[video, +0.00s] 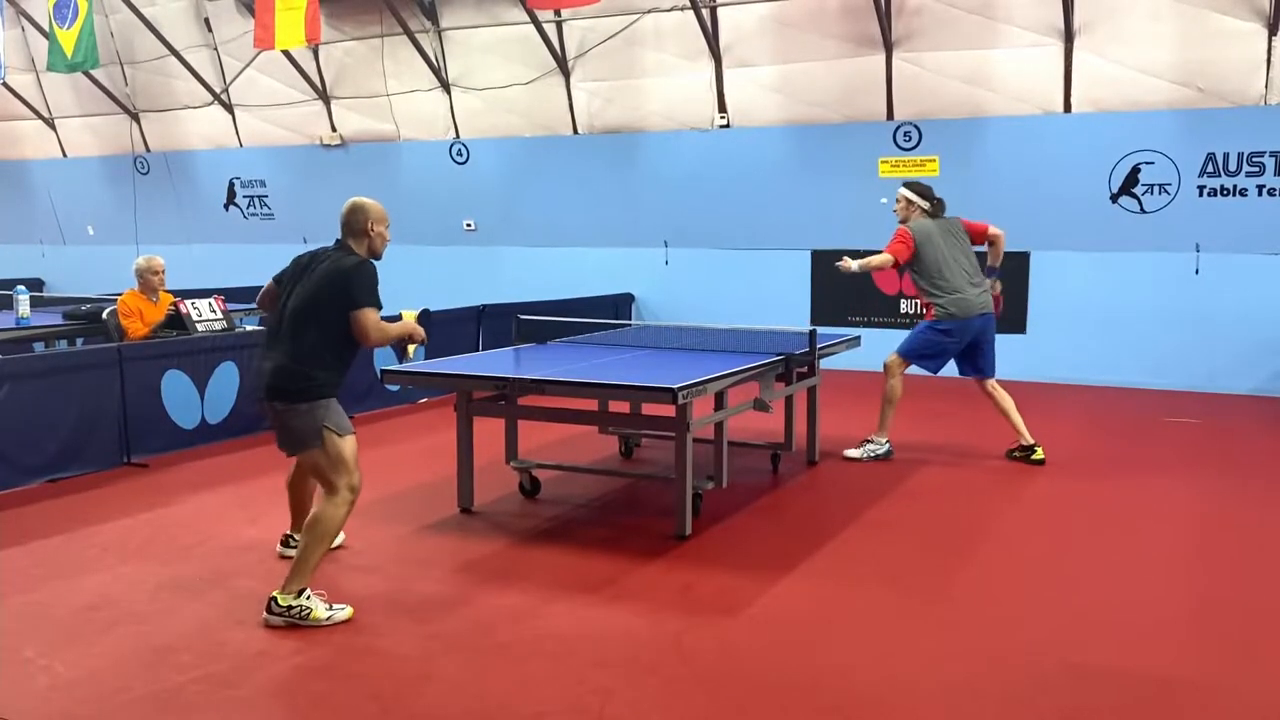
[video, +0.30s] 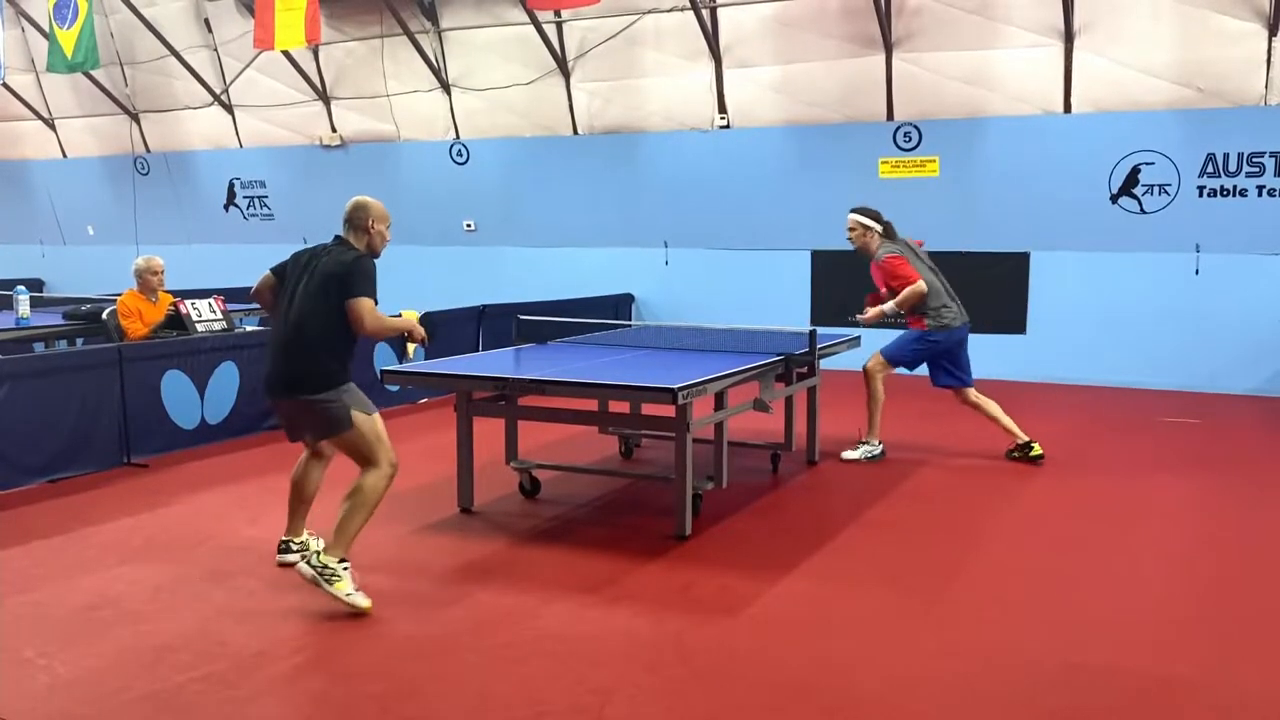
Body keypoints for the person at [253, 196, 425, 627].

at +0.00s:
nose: (389, 235)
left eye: (387, 228)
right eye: (385, 228)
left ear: (348, 230)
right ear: (370, 230)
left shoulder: (309, 259)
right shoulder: (358, 269)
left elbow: (266, 301)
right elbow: (370, 333)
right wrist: (404, 327)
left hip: (281, 385)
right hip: (308, 389)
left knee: (310, 458)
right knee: (346, 487)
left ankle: (299, 534)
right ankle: (289, 597)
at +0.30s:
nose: (388, 235)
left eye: (388, 228)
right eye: (385, 228)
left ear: (350, 226)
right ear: (369, 227)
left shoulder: (307, 256)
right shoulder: (358, 263)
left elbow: (263, 291)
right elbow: (367, 324)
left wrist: (295, 321)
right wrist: (406, 325)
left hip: (284, 379)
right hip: (321, 381)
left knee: (320, 448)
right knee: (382, 465)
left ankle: (293, 539)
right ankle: (332, 560)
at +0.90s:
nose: (444, 229)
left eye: (445, 221)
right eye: (441, 221)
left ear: (409, 217)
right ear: (419, 217)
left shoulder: (357, 241)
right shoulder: (433, 262)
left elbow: (301, 262)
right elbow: (474, 318)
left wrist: (259, 268)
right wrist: (516, 355)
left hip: (332, 365)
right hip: (387, 369)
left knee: (306, 445)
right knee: (443, 442)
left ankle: (269, 533)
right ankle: (481, 533)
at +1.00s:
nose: (470, 238)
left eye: (469, 230)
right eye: (466, 230)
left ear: (431, 229)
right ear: (447, 231)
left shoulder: (385, 249)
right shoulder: (460, 275)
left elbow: (329, 266)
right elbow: (513, 316)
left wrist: (267, 273)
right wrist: (566, 338)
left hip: (350, 364)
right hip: (405, 372)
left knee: (312, 443)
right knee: (460, 447)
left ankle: (273, 533)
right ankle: (498, 531)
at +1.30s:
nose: (463, 249)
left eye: (462, 243)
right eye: (461, 243)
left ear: (425, 245)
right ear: (445, 245)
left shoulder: (384, 273)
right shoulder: (461, 290)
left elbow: (329, 299)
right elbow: (506, 328)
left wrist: (287, 317)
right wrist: (557, 330)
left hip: (368, 392)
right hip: (427, 399)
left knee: (319, 456)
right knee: (478, 442)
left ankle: (288, 541)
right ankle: (500, 530)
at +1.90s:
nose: (380, 241)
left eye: (378, 232)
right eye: (374, 232)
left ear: (341, 235)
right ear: (349, 236)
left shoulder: (295, 267)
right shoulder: (355, 291)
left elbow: (248, 303)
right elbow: (413, 333)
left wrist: (266, 339)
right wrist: (471, 301)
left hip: (246, 401)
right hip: (291, 407)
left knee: (237, 477)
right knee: (383, 465)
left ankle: (188, 556)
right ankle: (379, 577)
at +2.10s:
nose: (345, 215)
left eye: (343, 207)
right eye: (341, 208)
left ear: (300, 213)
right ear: (327, 214)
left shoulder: (256, 255)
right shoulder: (340, 270)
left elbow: (216, 302)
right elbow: (407, 310)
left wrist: (265, 311)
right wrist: (436, 270)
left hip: (226, 395)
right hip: (289, 399)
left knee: (203, 481)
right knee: (368, 464)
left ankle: (144, 582)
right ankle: (367, 579)